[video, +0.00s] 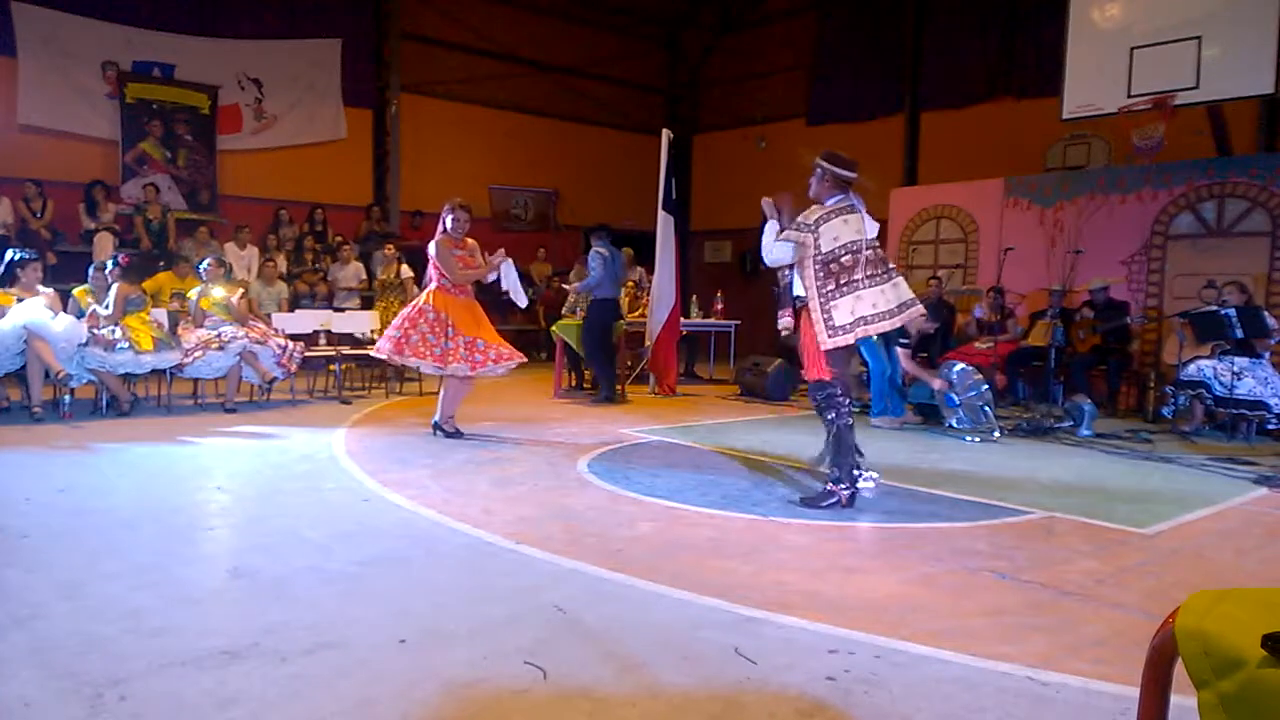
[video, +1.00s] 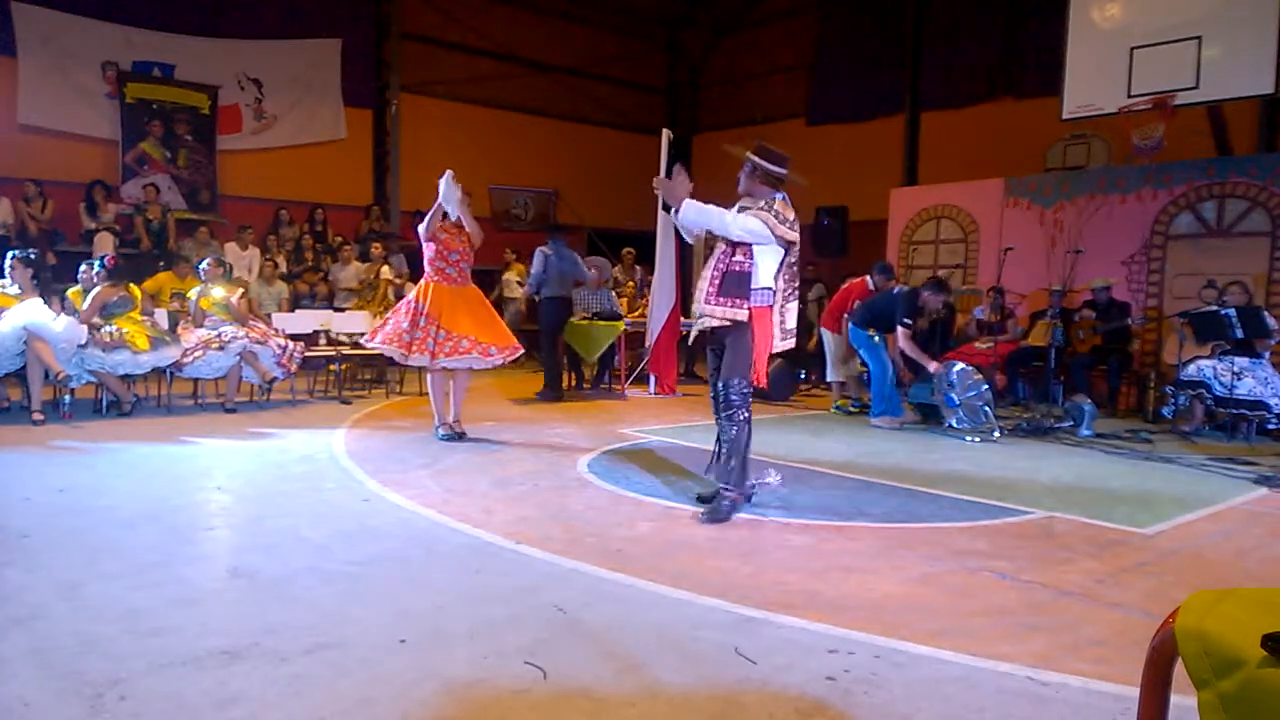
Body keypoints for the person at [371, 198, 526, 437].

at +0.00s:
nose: (460, 225)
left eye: (464, 221)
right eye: (455, 220)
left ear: (470, 223)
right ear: (445, 220)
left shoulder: (471, 244)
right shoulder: (439, 244)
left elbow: (481, 274)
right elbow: (455, 276)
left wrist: (494, 264)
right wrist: (487, 269)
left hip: (465, 308)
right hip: (444, 308)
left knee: (464, 370)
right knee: (457, 369)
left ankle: (446, 418)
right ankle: (443, 418)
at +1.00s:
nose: (460, 205)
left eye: (464, 201)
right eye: (456, 201)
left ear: (465, 206)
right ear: (447, 205)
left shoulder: (470, 235)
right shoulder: (430, 231)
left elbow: (477, 237)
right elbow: (426, 231)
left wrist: (460, 205)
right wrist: (440, 202)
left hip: (463, 297)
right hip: (435, 297)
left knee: (462, 363)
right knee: (437, 364)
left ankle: (455, 420)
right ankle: (440, 421)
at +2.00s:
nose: (464, 204)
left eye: (469, 200)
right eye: (460, 202)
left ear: (479, 208)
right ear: (452, 209)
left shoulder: (484, 238)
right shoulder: (443, 230)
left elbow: (468, 228)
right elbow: (424, 225)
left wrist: (449, 203)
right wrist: (430, 199)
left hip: (468, 297)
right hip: (440, 296)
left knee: (464, 364)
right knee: (443, 363)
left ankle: (460, 420)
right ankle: (447, 420)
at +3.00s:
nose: (464, 205)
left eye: (469, 201)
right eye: (459, 202)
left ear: (478, 209)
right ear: (453, 208)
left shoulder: (482, 237)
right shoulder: (442, 231)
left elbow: (477, 226)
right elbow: (425, 223)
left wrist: (457, 204)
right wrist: (433, 199)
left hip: (471, 297)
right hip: (443, 295)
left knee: (467, 364)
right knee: (445, 363)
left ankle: (461, 420)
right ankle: (447, 420)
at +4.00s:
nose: (452, 205)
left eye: (458, 201)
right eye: (448, 201)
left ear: (467, 205)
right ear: (441, 206)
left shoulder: (478, 232)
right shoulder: (435, 234)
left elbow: (504, 243)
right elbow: (452, 241)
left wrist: (484, 217)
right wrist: (474, 214)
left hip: (474, 299)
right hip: (447, 299)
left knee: (468, 365)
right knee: (448, 366)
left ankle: (461, 421)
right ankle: (447, 421)